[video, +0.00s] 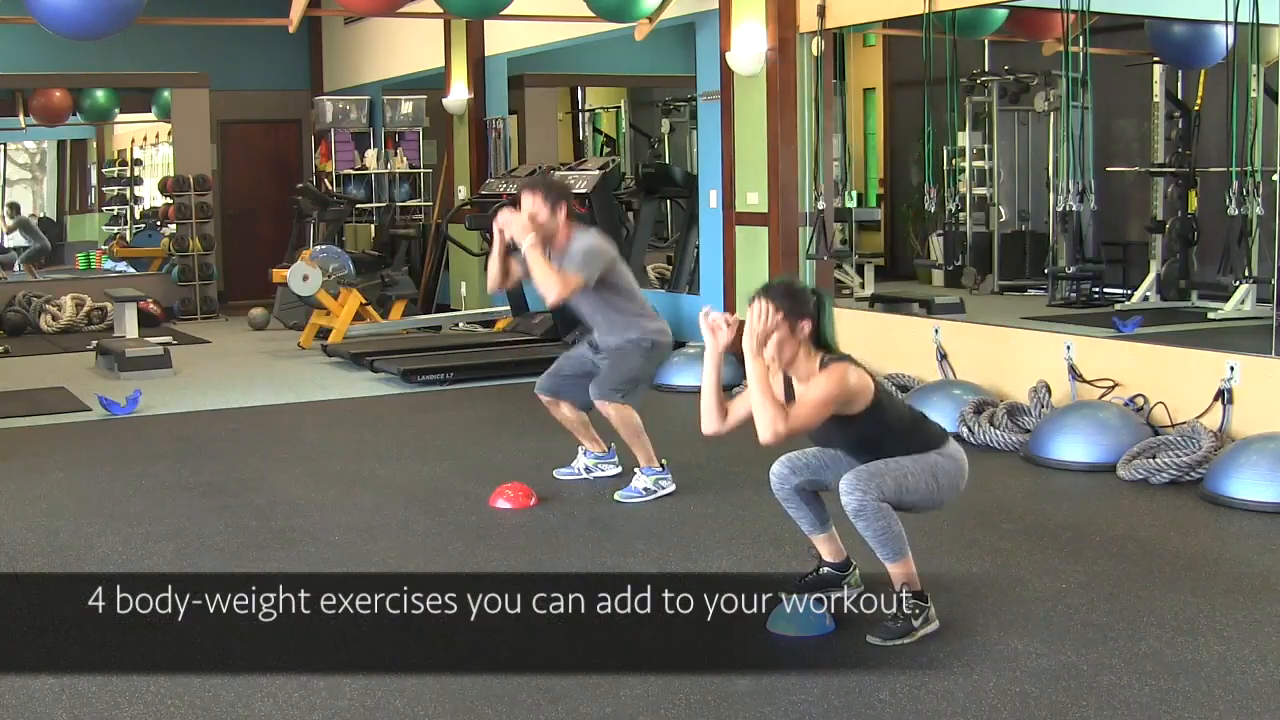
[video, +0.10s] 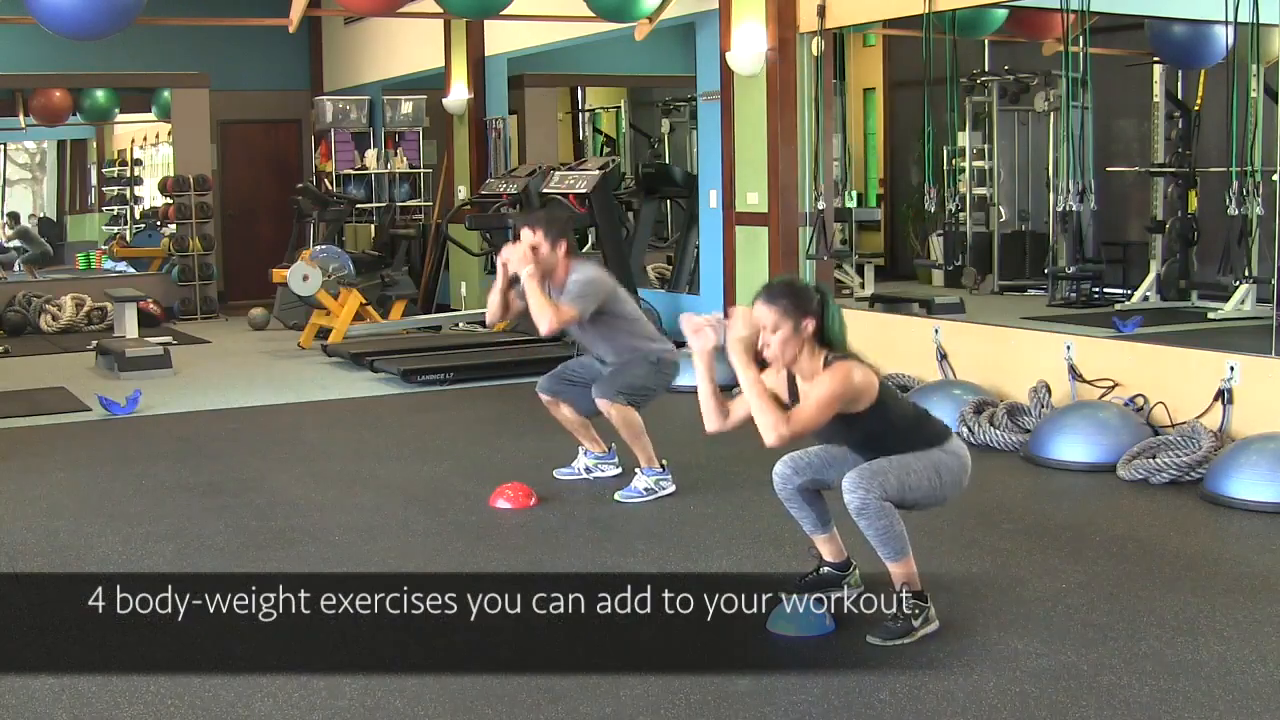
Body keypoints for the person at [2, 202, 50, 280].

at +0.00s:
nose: (6, 213)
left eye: (8, 210)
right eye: (6, 211)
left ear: (14, 210)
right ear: (15, 210)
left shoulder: (20, 220)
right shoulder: (21, 219)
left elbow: (7, 231)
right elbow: (8, 231)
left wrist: (2, 218)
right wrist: (3, 219)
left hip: (41, 245)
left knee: (23, 261)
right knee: (25, 260)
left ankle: (36, 279)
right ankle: (36, 278)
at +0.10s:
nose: (6, 223)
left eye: (8, 220)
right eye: (6, 221)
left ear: (13, 221)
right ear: (14, 221)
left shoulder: (21, 229)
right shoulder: (21, 229)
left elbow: (6, 240)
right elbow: (7, 239)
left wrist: (2, 229)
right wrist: (3, 229)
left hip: (43, 252)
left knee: (23, 261)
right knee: (23, 260)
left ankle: (36, 279)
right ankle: (36, 278)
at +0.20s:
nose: (6, 227)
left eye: (7, 225)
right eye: (6, 225)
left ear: (13, 225)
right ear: (14, 225)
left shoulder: (21, 233)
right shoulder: (21, 233)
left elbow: (6, 245)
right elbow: (7, 244)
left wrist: (2, 239)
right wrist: (4, 240)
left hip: (44, 255)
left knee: (23, 261)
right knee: (23, 260)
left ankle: (36, 279)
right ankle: (37, 278)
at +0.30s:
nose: (6, 222)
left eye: (7, 220)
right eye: (7, 220)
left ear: (12, 220)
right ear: (16, 220)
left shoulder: (18, 230)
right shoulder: (22, 228)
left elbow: (9, 243)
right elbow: (12, 244)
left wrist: (1, 242)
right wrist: (4, 242)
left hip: (40, 250)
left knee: (22, 261)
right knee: (24, 261)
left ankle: (35, 278)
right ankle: (36, 278)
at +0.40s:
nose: (7, 211)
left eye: (8, 209)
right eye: (7, 209)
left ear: (14, 209)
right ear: (13, 209)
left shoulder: (20, 218)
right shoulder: (17, 219)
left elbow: (19, 231)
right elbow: (16, 231)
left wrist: (9, 242)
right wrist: (8, 240)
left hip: (40, 243)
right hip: (36, 243)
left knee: (23, 260)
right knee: (25, 260)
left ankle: (35, 278)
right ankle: (35, 278)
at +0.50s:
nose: (7, 198)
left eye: (9, 195)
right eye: (7, 195)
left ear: (14, 195)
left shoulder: (21, 206)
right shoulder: (18, 207)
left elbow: (27, 214)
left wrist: (22, 227)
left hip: (35, 235)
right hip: (32, 235)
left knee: (23, 258)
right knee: (25, 258)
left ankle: (35, 279)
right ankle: (35, 278)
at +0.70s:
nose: (7, 183)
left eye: (9, 180)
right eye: (7, 180)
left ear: (15, 180)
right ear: (17, 180)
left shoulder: (21, 191)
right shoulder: (25, 190)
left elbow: (31, 202)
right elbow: (37, 202)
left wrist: (35, 217)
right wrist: (36, 216)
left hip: (26, 222)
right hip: (26, 223)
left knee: (22, 251)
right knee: (15, 247)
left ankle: (30, 273)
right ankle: (18, 271)